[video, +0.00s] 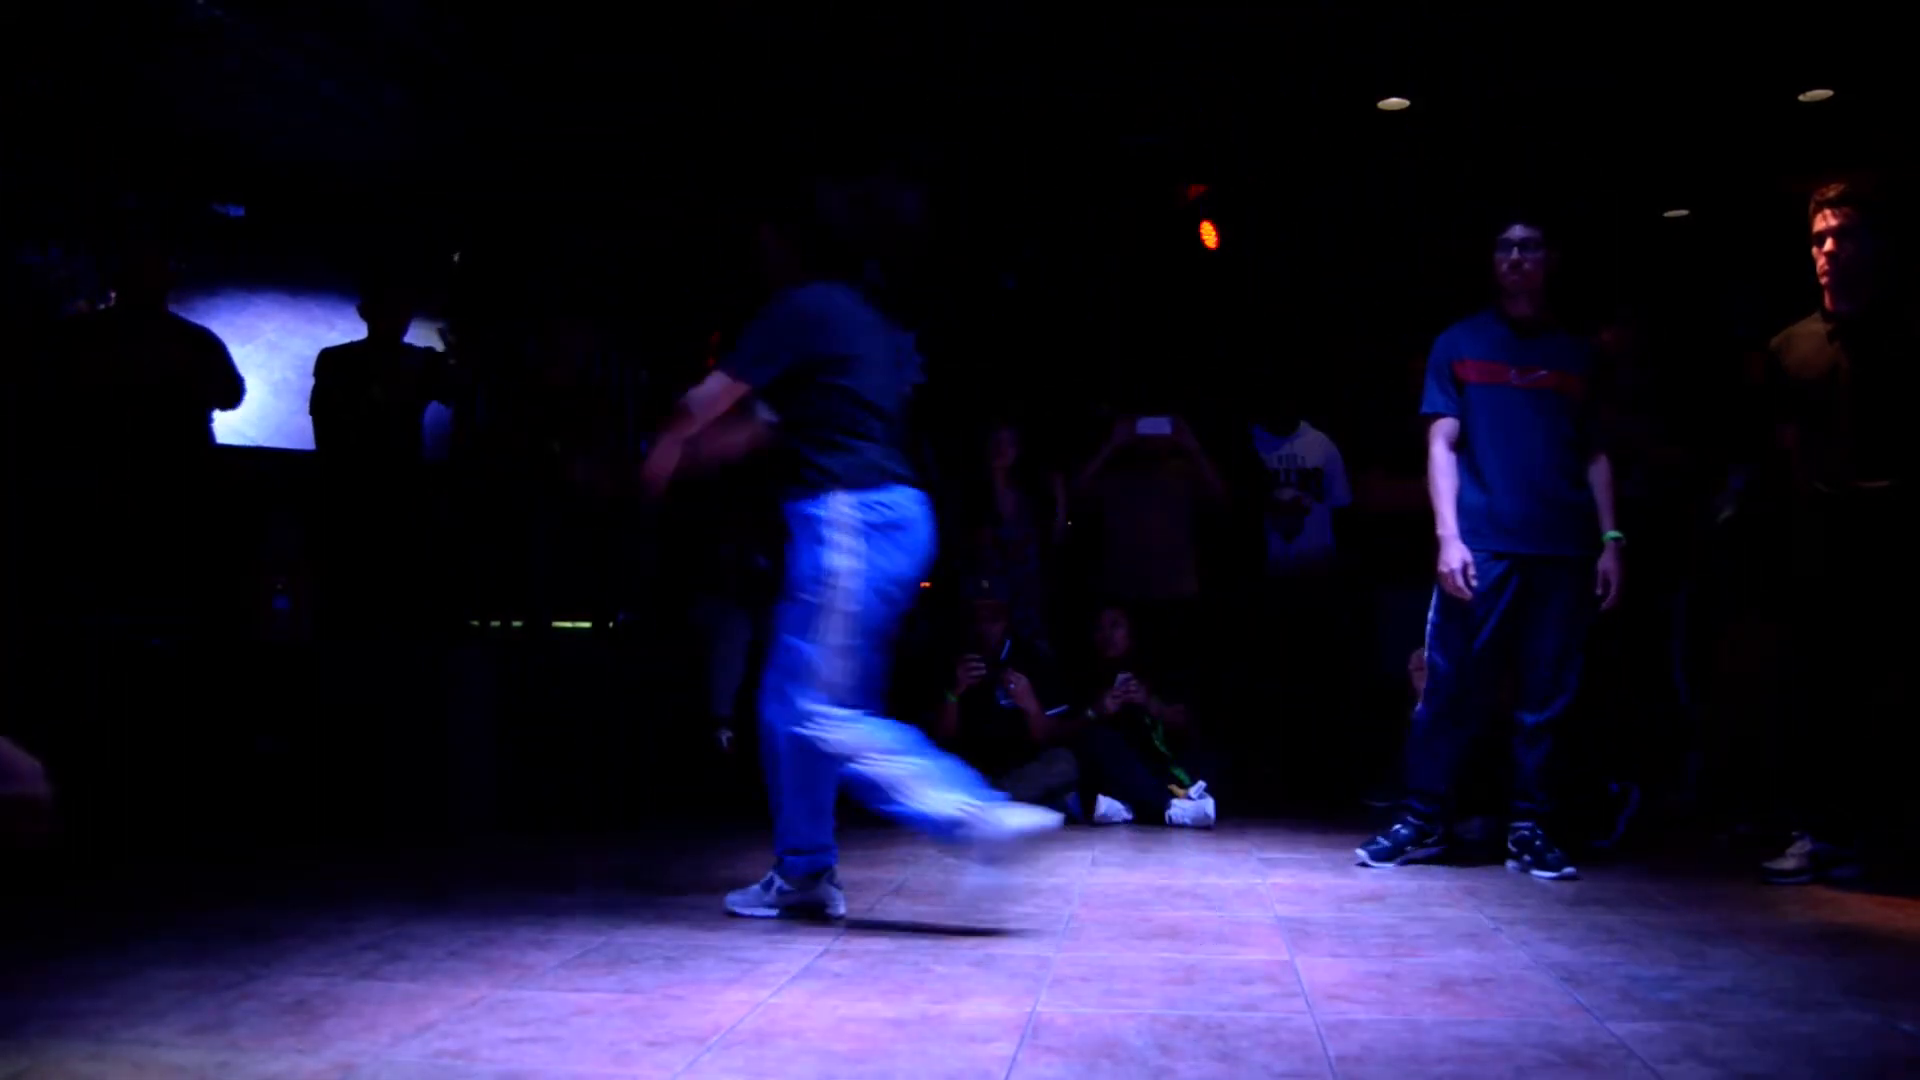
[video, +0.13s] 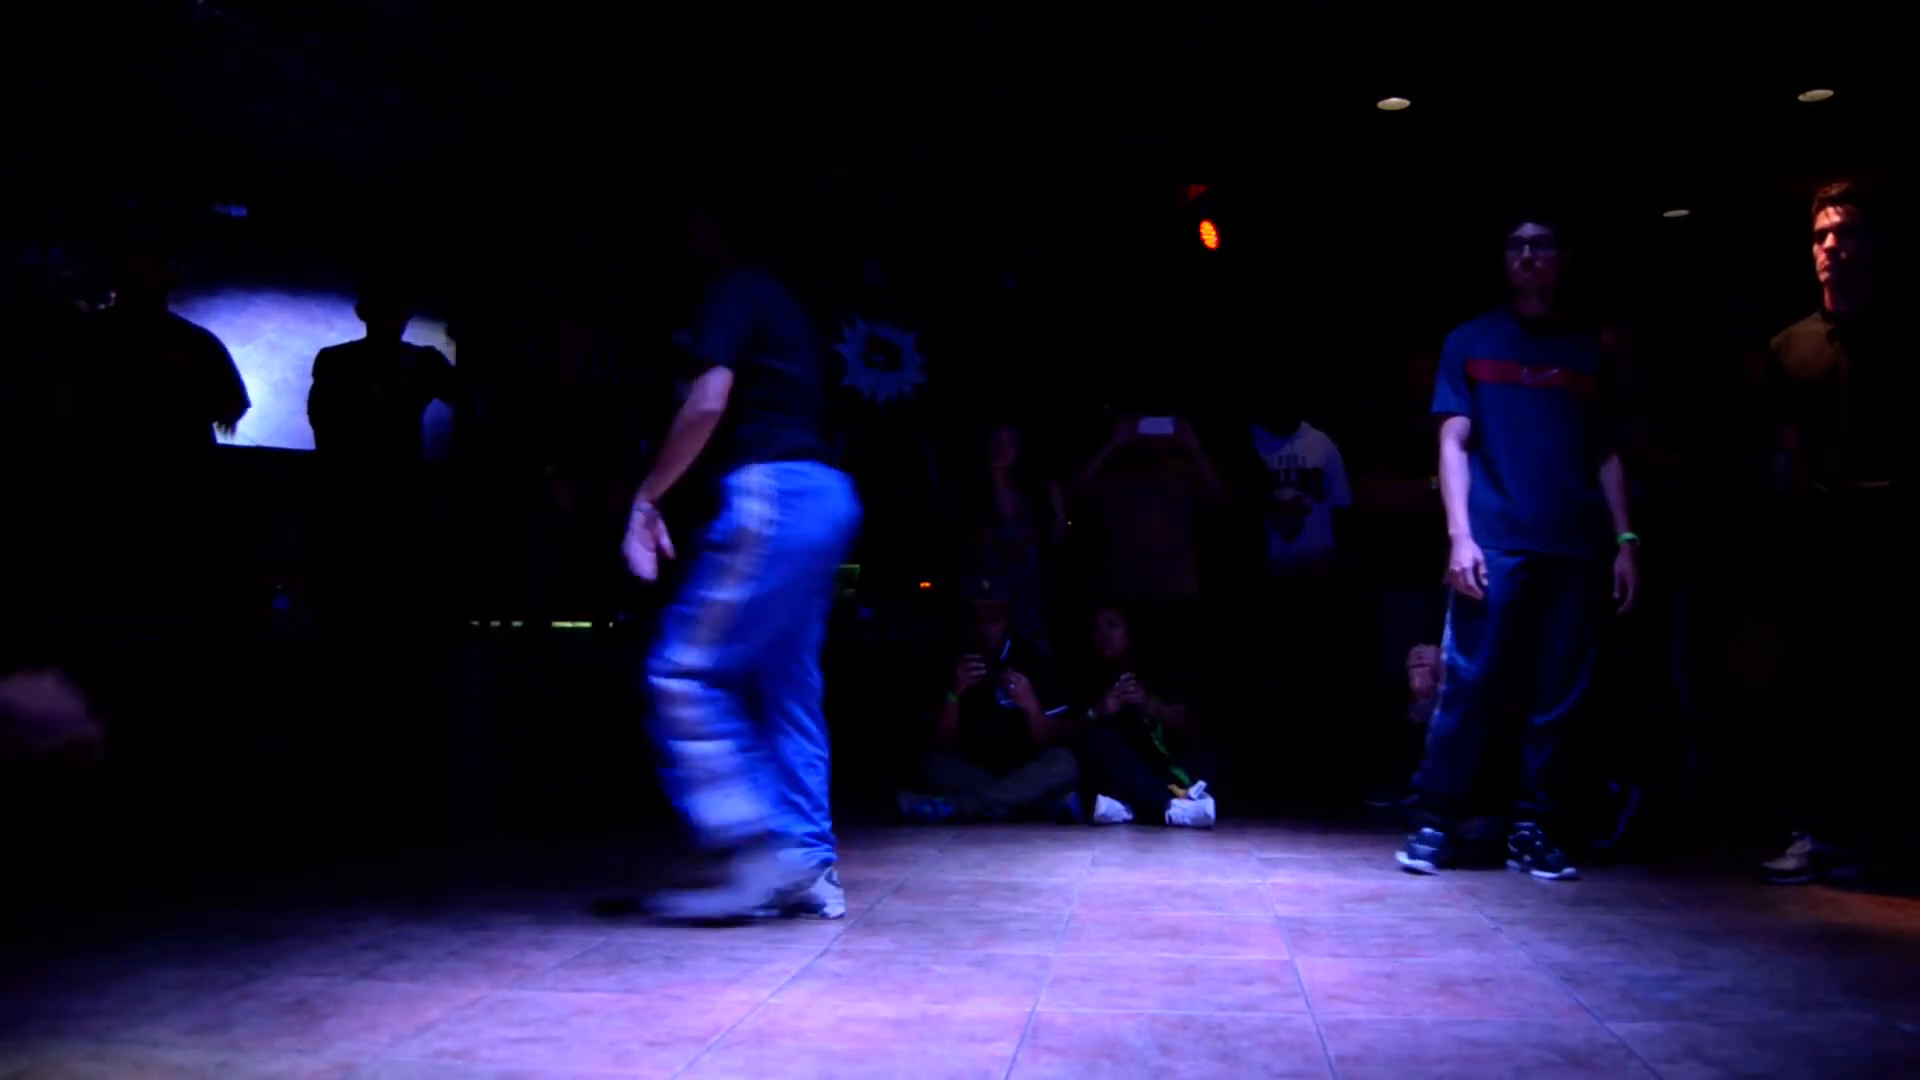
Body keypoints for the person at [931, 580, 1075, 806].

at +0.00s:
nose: (987, 629)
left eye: (994, 621)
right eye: (980, 621)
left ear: (1006, 623)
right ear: (969, 624)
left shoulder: (1027, 659)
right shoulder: (955, 662)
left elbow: (1047, 735)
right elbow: (942, 737)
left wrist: (1030, 705)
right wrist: (955, 693)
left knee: (1063, 764)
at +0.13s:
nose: (986, 629)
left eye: (994, 620)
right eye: (979, 621)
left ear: (1006, 622)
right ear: (967, 623)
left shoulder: (1027, 659)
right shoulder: (952, 660)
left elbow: (1047, 736)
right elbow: (940, 741)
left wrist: (1029, 704)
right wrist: (955, 692)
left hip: (1021, 755)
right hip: (969, 756)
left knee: (1063, 764)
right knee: (935, 766)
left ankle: (957, 806)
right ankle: (1038, 805)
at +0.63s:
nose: (987, 628)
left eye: (994, 619)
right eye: (979, 620)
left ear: (1007, 622)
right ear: (969, 625)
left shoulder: (1029, 660)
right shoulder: (956, 661)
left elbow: (1045, 736)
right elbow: (941, 739)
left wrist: (1028, 703)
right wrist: (956, 693)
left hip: (1021, 754)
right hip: (970, 755)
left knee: (1062, 765)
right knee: (934, 767)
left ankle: (956, 807)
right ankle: (1038, 805)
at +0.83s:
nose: (986, 628)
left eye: (993, 619)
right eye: (979, 620)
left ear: (1007, 621)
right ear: (969, 624)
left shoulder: (1029, 660)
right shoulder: (956, 660)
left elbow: (1044, 736)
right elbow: (941, 740)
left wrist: (1028, 703)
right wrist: (956, 693)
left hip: (1021, 754)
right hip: (971, 755)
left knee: (1062, 764)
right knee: (934, 766)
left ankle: (957, 807)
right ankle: (1038, 805)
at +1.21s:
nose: (987, 628)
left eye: (994, 619)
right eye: (980, 620)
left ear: (1006, 622)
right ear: (970, 625)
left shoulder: (1027, 660)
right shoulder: (956, 661)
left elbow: (1045, 738)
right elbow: (942, 741)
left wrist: (1027, 704)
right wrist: (954, 693)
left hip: (1021, 756)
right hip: (970, 757)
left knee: (1063, 764)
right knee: (934, 766)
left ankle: (957, 806)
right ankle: (1039, 805)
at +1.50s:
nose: (987, 629)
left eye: (994, 620)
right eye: (980, 620)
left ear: (1006, 623)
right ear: (970, 625)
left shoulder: (1027, 661)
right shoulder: (955, 662)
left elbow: (1044, 738)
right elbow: (941, 741)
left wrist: (1026, 703)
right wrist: (954, 693)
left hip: (1021, 755)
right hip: (970, 756)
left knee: (1063, 764)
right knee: (934, 766)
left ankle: (957, 806)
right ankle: (1039, 805)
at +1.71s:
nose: (988, 627)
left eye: (995, 618)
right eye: (981, 619)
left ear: (1007, 621)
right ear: (970, 623)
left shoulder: (1028, 660)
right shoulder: (956, 661)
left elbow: (1045, 737)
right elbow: (942, 741)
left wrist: (1026, 702)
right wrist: (954, 693)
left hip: (1021, 755)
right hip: (971, 756)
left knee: (1063, 764)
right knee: (934, 766)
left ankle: (957, 806)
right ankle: (1038, 805)